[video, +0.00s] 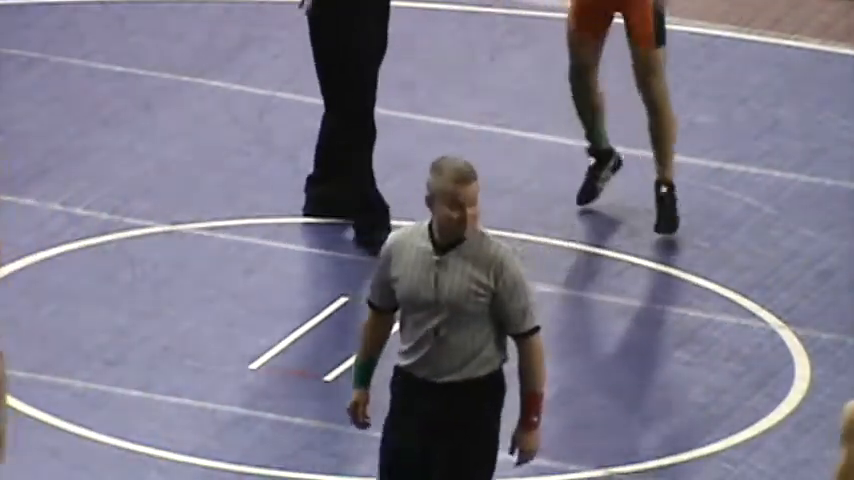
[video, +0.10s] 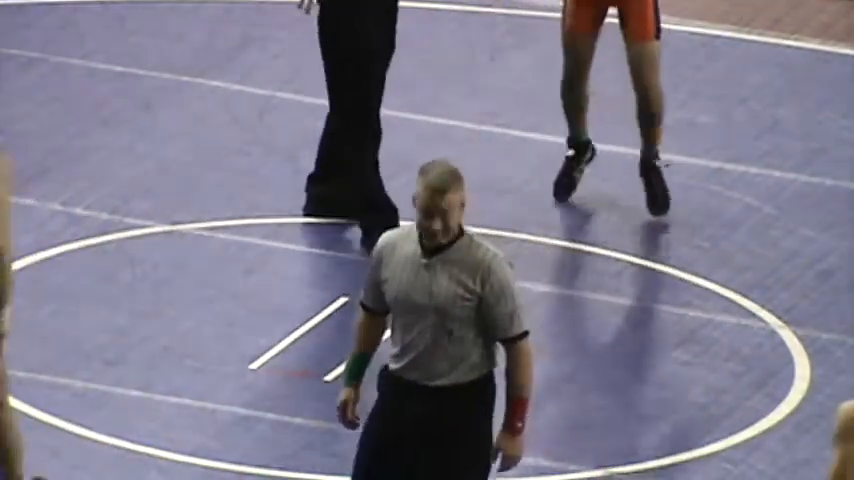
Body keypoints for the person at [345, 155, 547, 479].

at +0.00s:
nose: (466, 216)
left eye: (472, 206)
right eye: (455, 207)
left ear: (479, 202)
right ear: (430, 202)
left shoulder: (497, 261)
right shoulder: (398, 248)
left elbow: (528, 339)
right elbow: (379, 316)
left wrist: (530, 421)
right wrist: (361, 384)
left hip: (474, 397)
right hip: (411, 391)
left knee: (466, 472)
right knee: (397, 472)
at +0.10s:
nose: (434, 225)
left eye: (444, 215)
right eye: (426, 215)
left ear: (462, 207)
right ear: (415, 204)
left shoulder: (487, 267)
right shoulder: (389, 249)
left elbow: (517, 346)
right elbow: (372, 315)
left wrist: (514, 427)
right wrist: (352, 382)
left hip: (463, 403)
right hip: (399, 394)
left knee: (460, 473)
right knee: (371, 473)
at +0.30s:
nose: (382, 239)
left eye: (392, 231)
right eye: (377, 229)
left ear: (421, 224)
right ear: (371, 223)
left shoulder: (453, 276)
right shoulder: (362, 254)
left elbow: (483, 358)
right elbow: (347, 321)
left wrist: (469, 438)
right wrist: (326, 385)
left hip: (431, 407)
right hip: (370, 396)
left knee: (417, 472)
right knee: (336, 472)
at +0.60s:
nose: (303, 245)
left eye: (312, 236)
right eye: (296, 235)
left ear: (335, 225)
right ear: (287, 227)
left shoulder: (367, 282)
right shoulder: (278, 265)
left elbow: (394, 365)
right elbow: (268, 334)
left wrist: (391, 446)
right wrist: (258, 402)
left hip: (347, 414)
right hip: (287, 410)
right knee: (267, 472)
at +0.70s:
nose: (285, 242)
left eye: (291, 230)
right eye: (273, 234)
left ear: (307, 217)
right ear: (259, 230)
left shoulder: (338, 279)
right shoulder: (250, 263)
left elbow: (363, 361)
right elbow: (241, 333)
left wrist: (359, 442)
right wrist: (227, 401)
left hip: (317, 410)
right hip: (262, 405)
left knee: (307, 473)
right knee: (249, 473)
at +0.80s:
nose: (262, 239)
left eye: (269, 227)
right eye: (250, 231)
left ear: (281, 215)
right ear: (232, 227)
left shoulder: (310, 275)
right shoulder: (223, 259)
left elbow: (337, 354)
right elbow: (214, 326)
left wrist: (323, 435)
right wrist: (194, 391)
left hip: (290, 404)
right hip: (238, 400)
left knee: (279, 473)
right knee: (235, 472)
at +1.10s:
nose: (167, 256)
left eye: (174, 245)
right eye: (157, 247)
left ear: (193, 232)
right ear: (146, 241)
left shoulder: (219, 297)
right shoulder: (141, 270)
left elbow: (245, 379)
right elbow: (129, 336)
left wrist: (225, 460)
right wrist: (98, 394)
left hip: (199, 422)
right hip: (156, 417)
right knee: (161, 471)